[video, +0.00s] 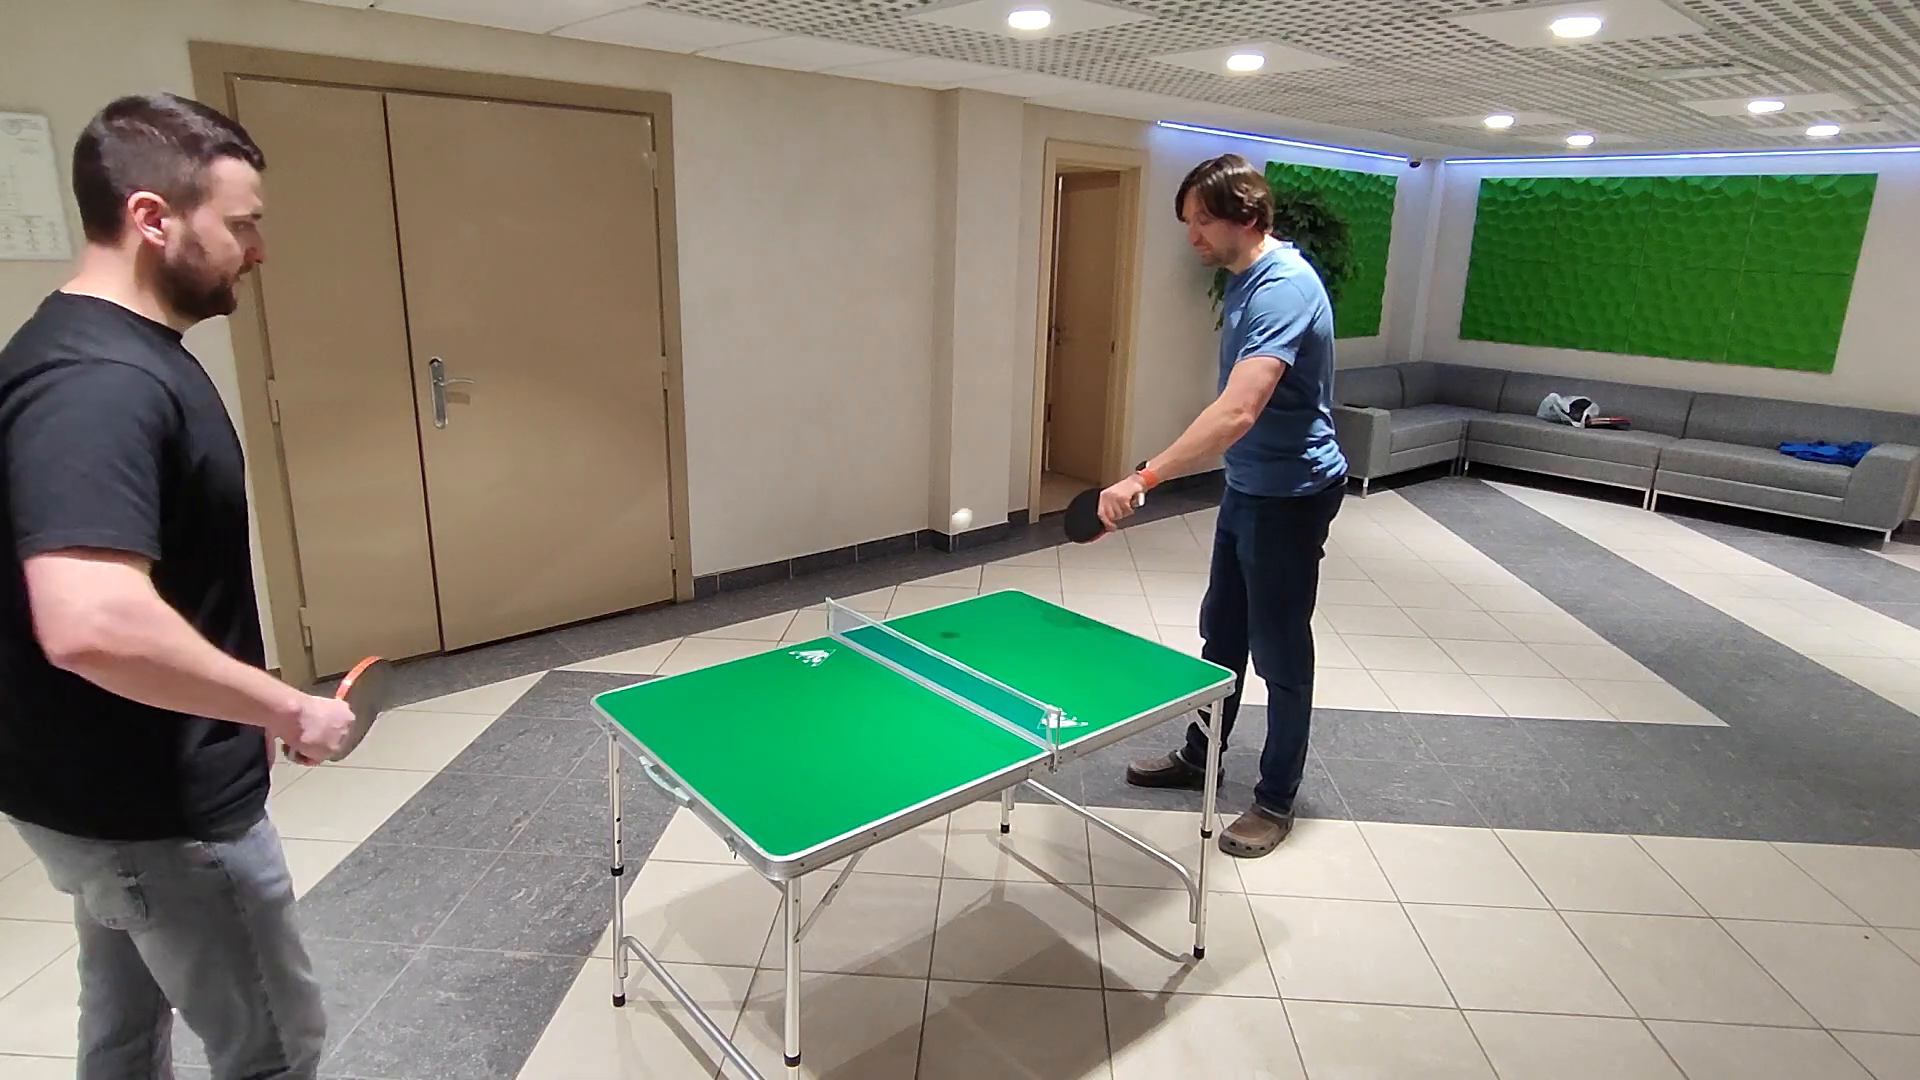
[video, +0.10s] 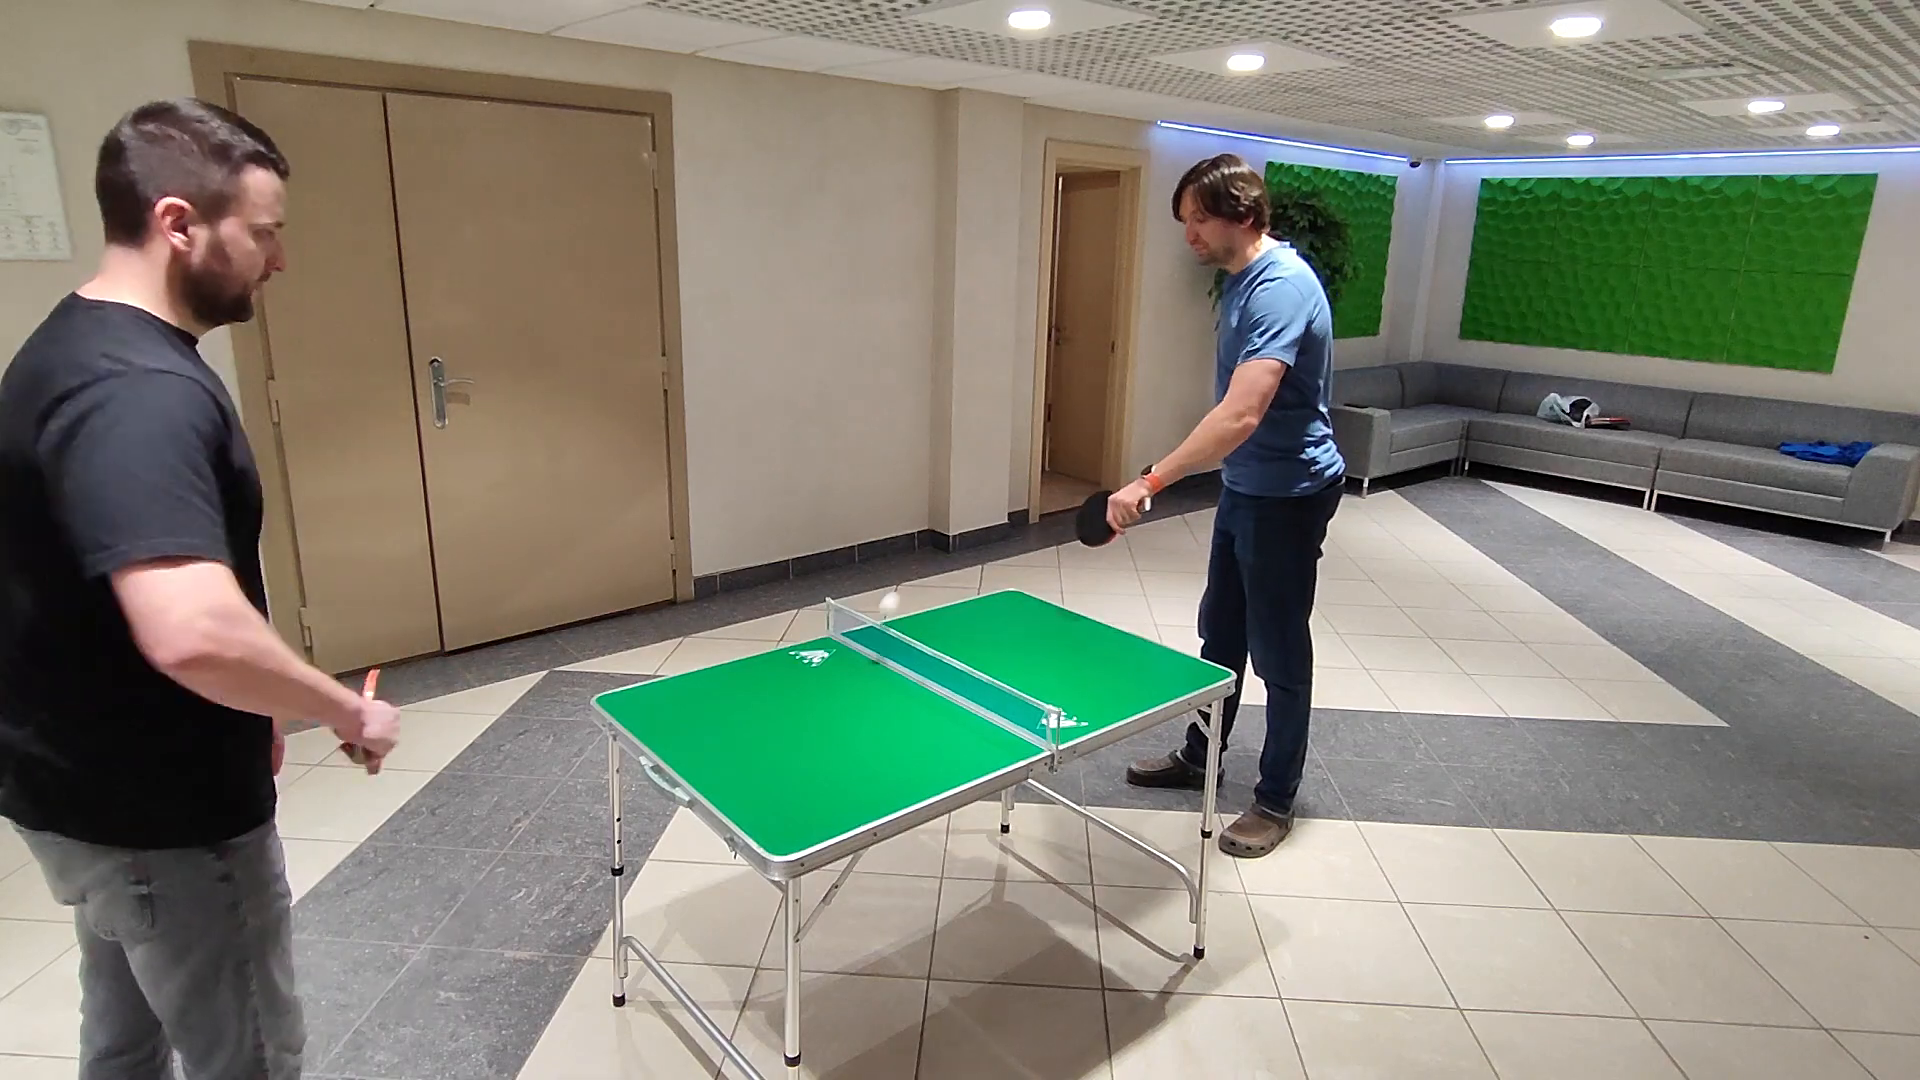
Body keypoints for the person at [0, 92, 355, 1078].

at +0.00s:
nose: (258, 254)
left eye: (257, 227)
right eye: (243, 224)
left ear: (150, 222)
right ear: (152, 219)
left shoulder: (94, 343)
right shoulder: (97, 375)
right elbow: (90, 620)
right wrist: (292, 710)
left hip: (102, 792)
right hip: (160, 811)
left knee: (121, 1031)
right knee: (276, 1049)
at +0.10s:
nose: (278, 261)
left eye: (278, 234)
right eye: (265, 231)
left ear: (169, 225)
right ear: (178, 223)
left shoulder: (69, 346)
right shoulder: (138, 382)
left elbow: (90, 591)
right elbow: (192, 629)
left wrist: (244, 706)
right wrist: (346, 708)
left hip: (78, 790)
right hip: (170, 818)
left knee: (125, 1041)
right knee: (250, 1058)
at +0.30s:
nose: (362, 291)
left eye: (366, 267)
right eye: (356, 264)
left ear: (238, 241)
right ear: (282, 253)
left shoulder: (71, 358)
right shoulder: (270, 414)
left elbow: (65, 582)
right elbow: (451, 630)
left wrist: (231, 699)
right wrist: (519, 664)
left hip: (40, 814)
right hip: (181, 840)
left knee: (123, 1055)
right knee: (253, 1061)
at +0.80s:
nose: (460, 338)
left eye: (468, 316)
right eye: (461, 314)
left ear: (325, 279)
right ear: (400, 307)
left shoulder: (105, 352)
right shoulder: (402, 451)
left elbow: (16, 523)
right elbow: (514, 666)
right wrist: (586, 700)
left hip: (15, 791)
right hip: (196, 816)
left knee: (33, 1070)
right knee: (263, 1069)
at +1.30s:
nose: (350, 290)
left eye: (355, 268)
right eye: (344, 263)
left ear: (251, 243)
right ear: (271, 250)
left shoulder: (61, 360)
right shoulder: (261, 405)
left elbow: (92, 579)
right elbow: (334, 656)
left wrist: (263, 691)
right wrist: (416, 735)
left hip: (44, 786)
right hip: (194, 814)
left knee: (119, 1030)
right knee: (249, 1062)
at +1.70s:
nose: (356, 319)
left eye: (362, 295)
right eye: (352, 289)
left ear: (259, 258)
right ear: (282, 263)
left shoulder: (30, 353)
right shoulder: (293, 417)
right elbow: (472, 605)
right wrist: (595, 698)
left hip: (15, 802)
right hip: (173, 820)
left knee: (77, 1060)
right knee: (233, 1065)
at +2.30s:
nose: (233, 246)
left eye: (230, 219)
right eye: (211, 218)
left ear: (111, 219)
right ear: (114, 218)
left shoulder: (13, 343)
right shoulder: (142, 392)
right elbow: (162, 644)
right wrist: (301, 748)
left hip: (41, 801)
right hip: (167, 827)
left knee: (83, 1055)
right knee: (232, 1063)